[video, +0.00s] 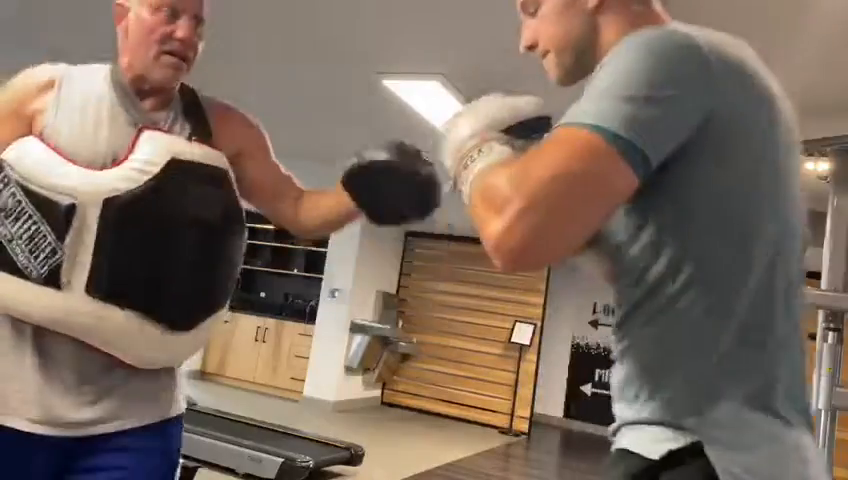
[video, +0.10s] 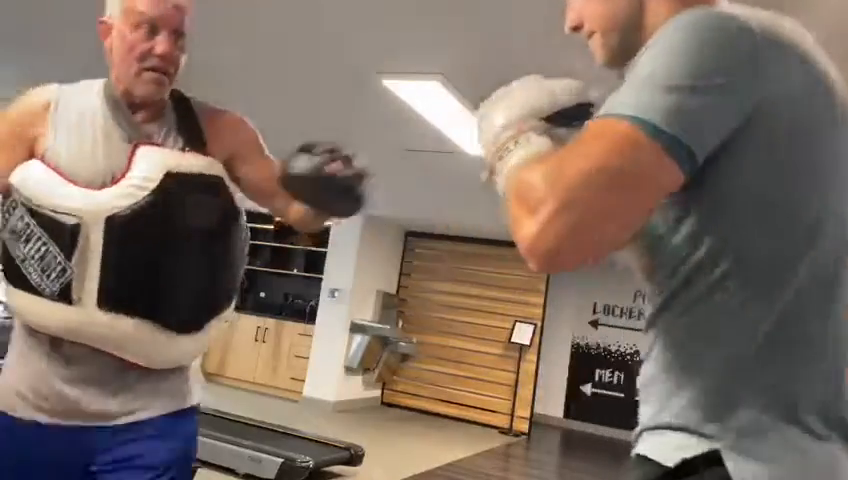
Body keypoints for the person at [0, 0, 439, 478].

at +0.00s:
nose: (185, 34)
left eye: (197, 23)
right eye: (168, 13)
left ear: (203, 38)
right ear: (122, 17)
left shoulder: (226, 130)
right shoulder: (39, 94)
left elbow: (297, 209)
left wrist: (361, 193)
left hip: (137, 415)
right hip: (20, 408)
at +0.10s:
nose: (164, 49)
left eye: (178, 37)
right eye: (148, 29)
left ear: (187, 48)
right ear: (107, 32)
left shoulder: (224, 133)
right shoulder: (37, 115)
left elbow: (296, 212)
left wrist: (327, 194)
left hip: (154, 412)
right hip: (34, 407)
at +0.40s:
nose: (189, 56)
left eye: (201, 45)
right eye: (174, 39)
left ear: (211, 58)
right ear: (140, 46)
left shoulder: (245, 138)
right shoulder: (80, 125)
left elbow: (306, 214)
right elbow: (9, 209)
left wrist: (305, 231)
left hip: (209, 391)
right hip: (91, 392)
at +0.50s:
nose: (218, 64)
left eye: (231, 54)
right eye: (204, 47)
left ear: (240, 69)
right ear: (171, 56)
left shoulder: (271, 149)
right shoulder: (111, 130)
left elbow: (333, 219)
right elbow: (41, 217)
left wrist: (332, 212)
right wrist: (4, 312)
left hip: (220, 399)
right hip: (105, 393)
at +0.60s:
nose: (264, 85)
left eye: (274, 76)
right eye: (251, 68)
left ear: (281, 90)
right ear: (214, 70)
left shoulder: (303, 164)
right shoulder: (149, 139)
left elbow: (384, 231)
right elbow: (73, 215)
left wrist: (352, 215)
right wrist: (33, 312)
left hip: (239, 408)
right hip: (129, 399)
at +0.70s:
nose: (312, 106)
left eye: (322, 96)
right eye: (300, 89)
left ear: (328, 108)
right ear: (263, 86)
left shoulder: (336, 179)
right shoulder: (194, 143)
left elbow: (398, 253)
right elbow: (111, 212)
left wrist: (348, 245)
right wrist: (71, 306)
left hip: (261, 412)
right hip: (157, 400)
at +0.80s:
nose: (346, 122)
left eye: (356, 113)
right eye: (335, 104)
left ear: (360, 122)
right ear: (299, 99)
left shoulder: (358, 191)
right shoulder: (228, 144)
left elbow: (394, 280)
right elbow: (134, 205)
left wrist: (354, 274)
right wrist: (122, 304)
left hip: (274, 403)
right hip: (176, 389)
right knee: (137, 472)